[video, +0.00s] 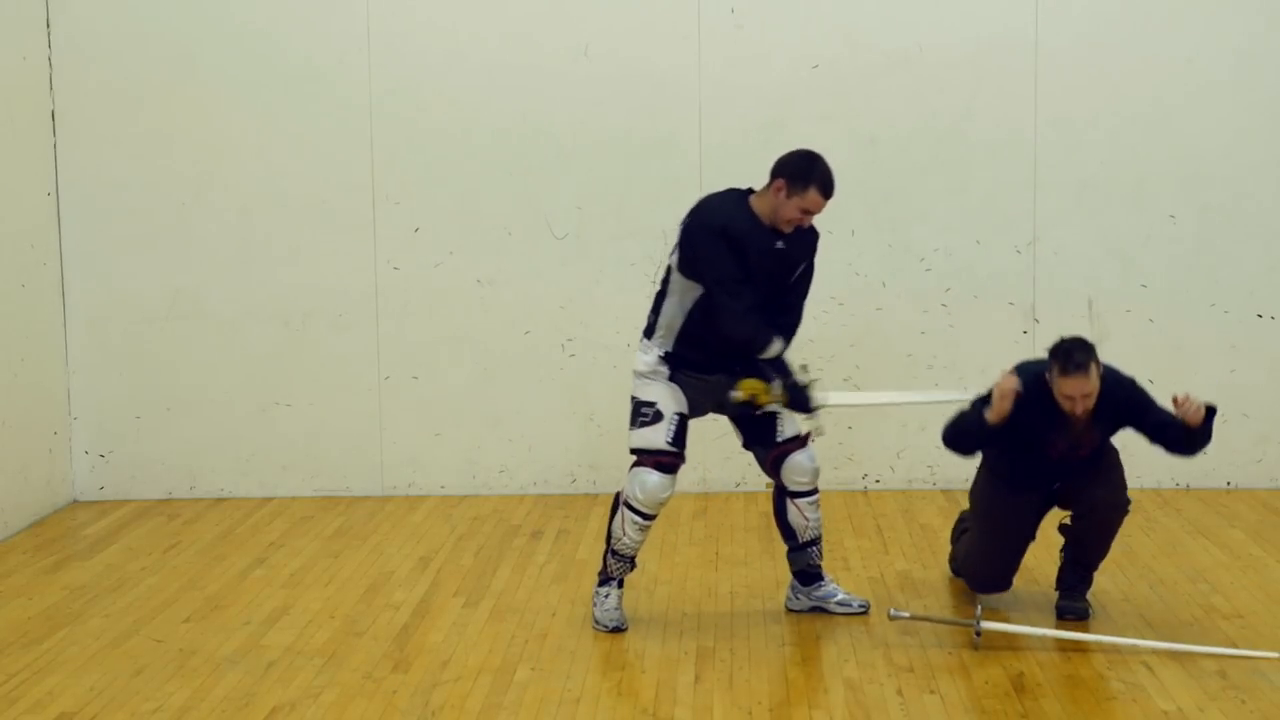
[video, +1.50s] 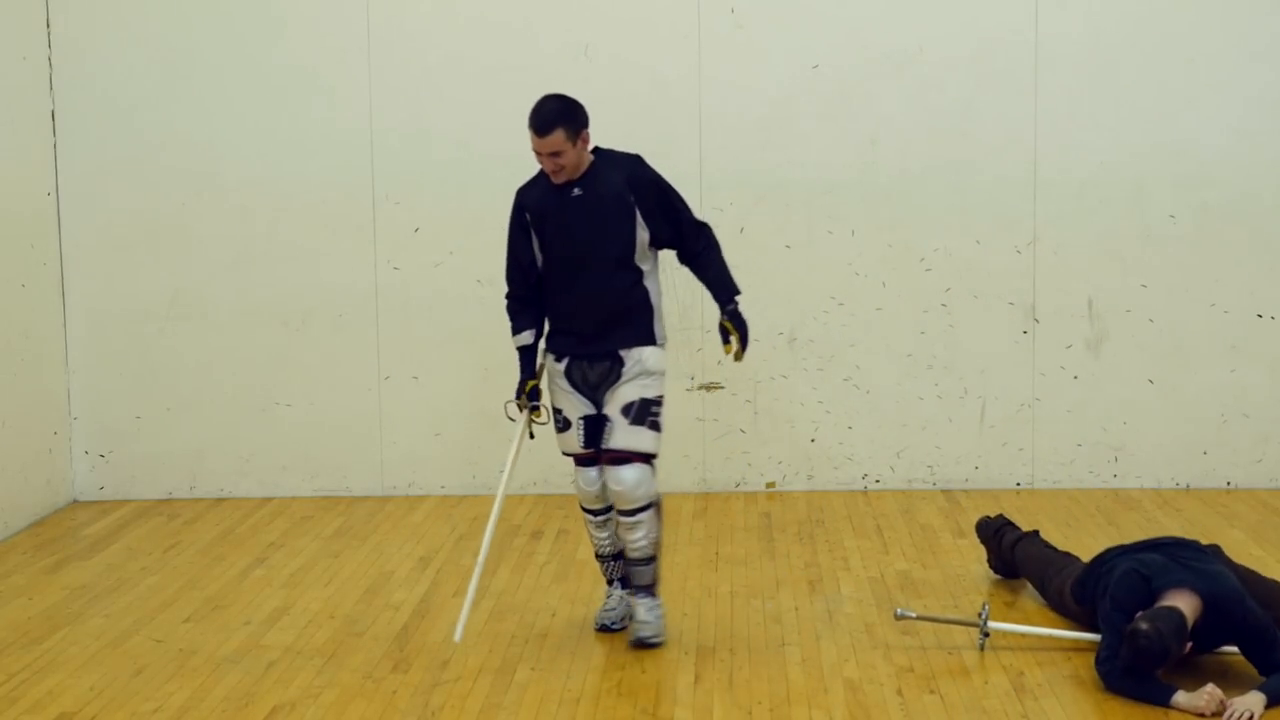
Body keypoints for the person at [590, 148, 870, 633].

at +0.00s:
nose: (807, 221)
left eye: (813, 214)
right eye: (804, 209)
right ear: (777, 188)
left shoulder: (801, 238)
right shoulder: (712, 218)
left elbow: (788, 312)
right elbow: (728, 302)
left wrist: (767, 367)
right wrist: (777, 367)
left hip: (743, 369)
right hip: (671, 368)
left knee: (799, 466)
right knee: (652, 483)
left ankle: (808, 583)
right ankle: (609, 586)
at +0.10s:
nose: (777, 214)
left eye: (786, 208)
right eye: (776, 201)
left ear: (791, 202)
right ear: (757, 171)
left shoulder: (773, 242)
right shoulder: (689, 186)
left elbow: (733, 319)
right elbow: (634, 263)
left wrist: (667, 339)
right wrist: (649, 313)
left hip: (717, 348)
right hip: (650, 335)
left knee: (757, 470)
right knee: (624, 467)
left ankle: (794, 576)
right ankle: (606, 587)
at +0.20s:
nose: (733, 194)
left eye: (747, 194)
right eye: (734, 181)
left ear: (763, 193)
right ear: (727, 156)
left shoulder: (750, 238)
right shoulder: (678, 172)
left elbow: (683, 292)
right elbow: (597, 175)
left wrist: (612, 261)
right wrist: (551, 207)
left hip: (707, 358)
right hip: (640, 347)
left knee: (739, 473)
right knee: (619, 469)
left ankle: (774, 572)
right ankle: (605, 587)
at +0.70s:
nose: (667, 188)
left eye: (678, 178)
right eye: (659, 177)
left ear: (701, 162)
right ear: (648, 162)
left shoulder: (726, 210)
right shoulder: (639, 188)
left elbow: (718, 300)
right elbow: (588, 202)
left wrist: (638, 346)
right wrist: (522, 211)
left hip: (712, 352)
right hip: (645, 350)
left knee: (745, 469)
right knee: (625, 470)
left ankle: (775, 572)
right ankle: (608, 586)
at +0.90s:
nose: (658, 195)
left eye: (669, 186)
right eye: (649, 184)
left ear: (689, 169)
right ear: (638, 168)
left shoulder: (717, 209)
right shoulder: (626, 197)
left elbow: (737, 301)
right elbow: (585, 250)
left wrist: (685, 372)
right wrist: (521, 297)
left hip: (713, 357)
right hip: (643, 358)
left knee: (746, 469)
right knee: (618, 472)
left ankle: (775, 572)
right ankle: (623, 588)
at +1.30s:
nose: (574, 176)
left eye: (584, 166)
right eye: (565, 166)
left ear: (608, 149)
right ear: (556, 156)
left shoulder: (648, 184)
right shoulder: (551, 208)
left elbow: (715, 243)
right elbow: (542, 296)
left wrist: (754, 310)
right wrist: (537, 372)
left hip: (664, 357)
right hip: (591, 363)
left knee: (701, 471)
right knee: (604, 480)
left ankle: (736, 568)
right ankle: (620, 588)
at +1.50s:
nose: (547, 165)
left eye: (556, 154)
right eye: (539, 155)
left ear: (584, 139)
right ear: (533, 147)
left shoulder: (630, 177)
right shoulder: (531, 201)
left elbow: (691, 235)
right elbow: (522, 289)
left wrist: (728, 302)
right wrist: (528, 364)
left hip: (634, 351)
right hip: (567, 357)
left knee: (629, 477)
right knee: (590, 481)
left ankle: (645, 596)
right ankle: (617, 588)